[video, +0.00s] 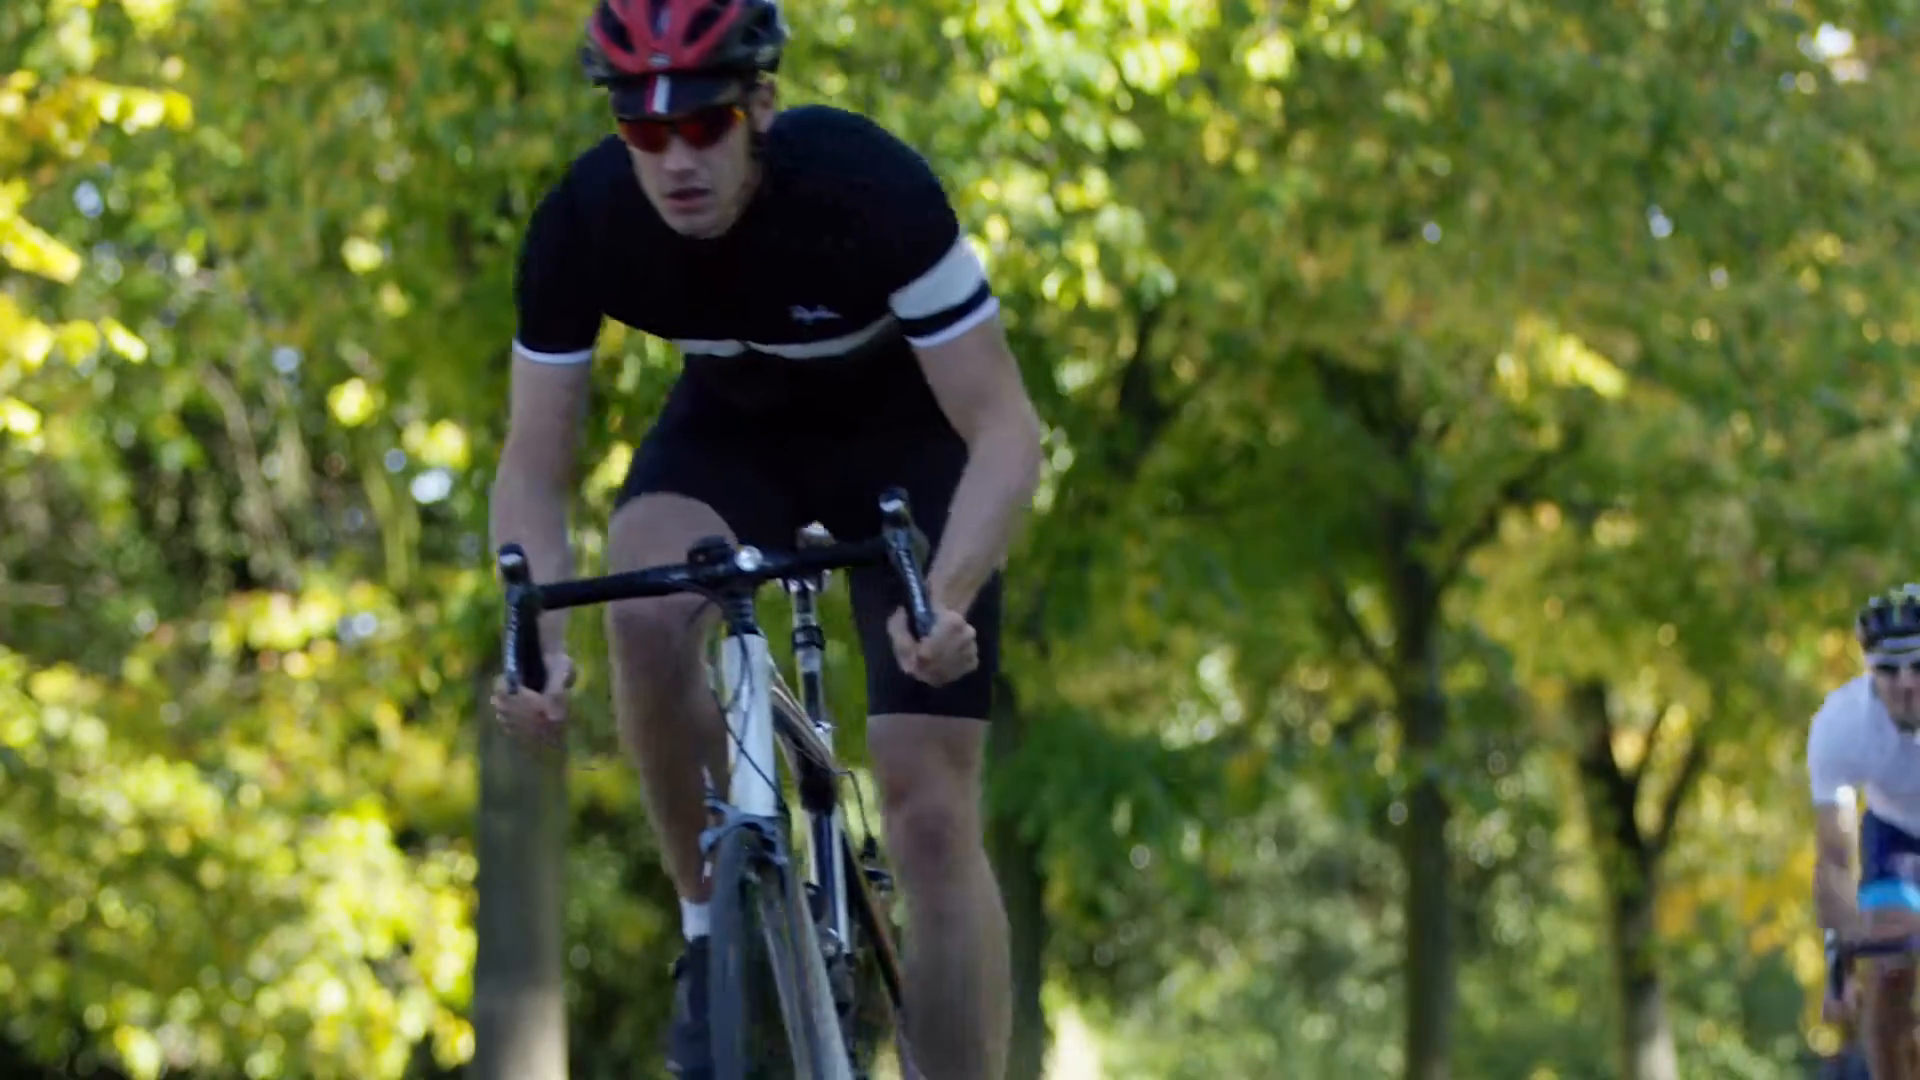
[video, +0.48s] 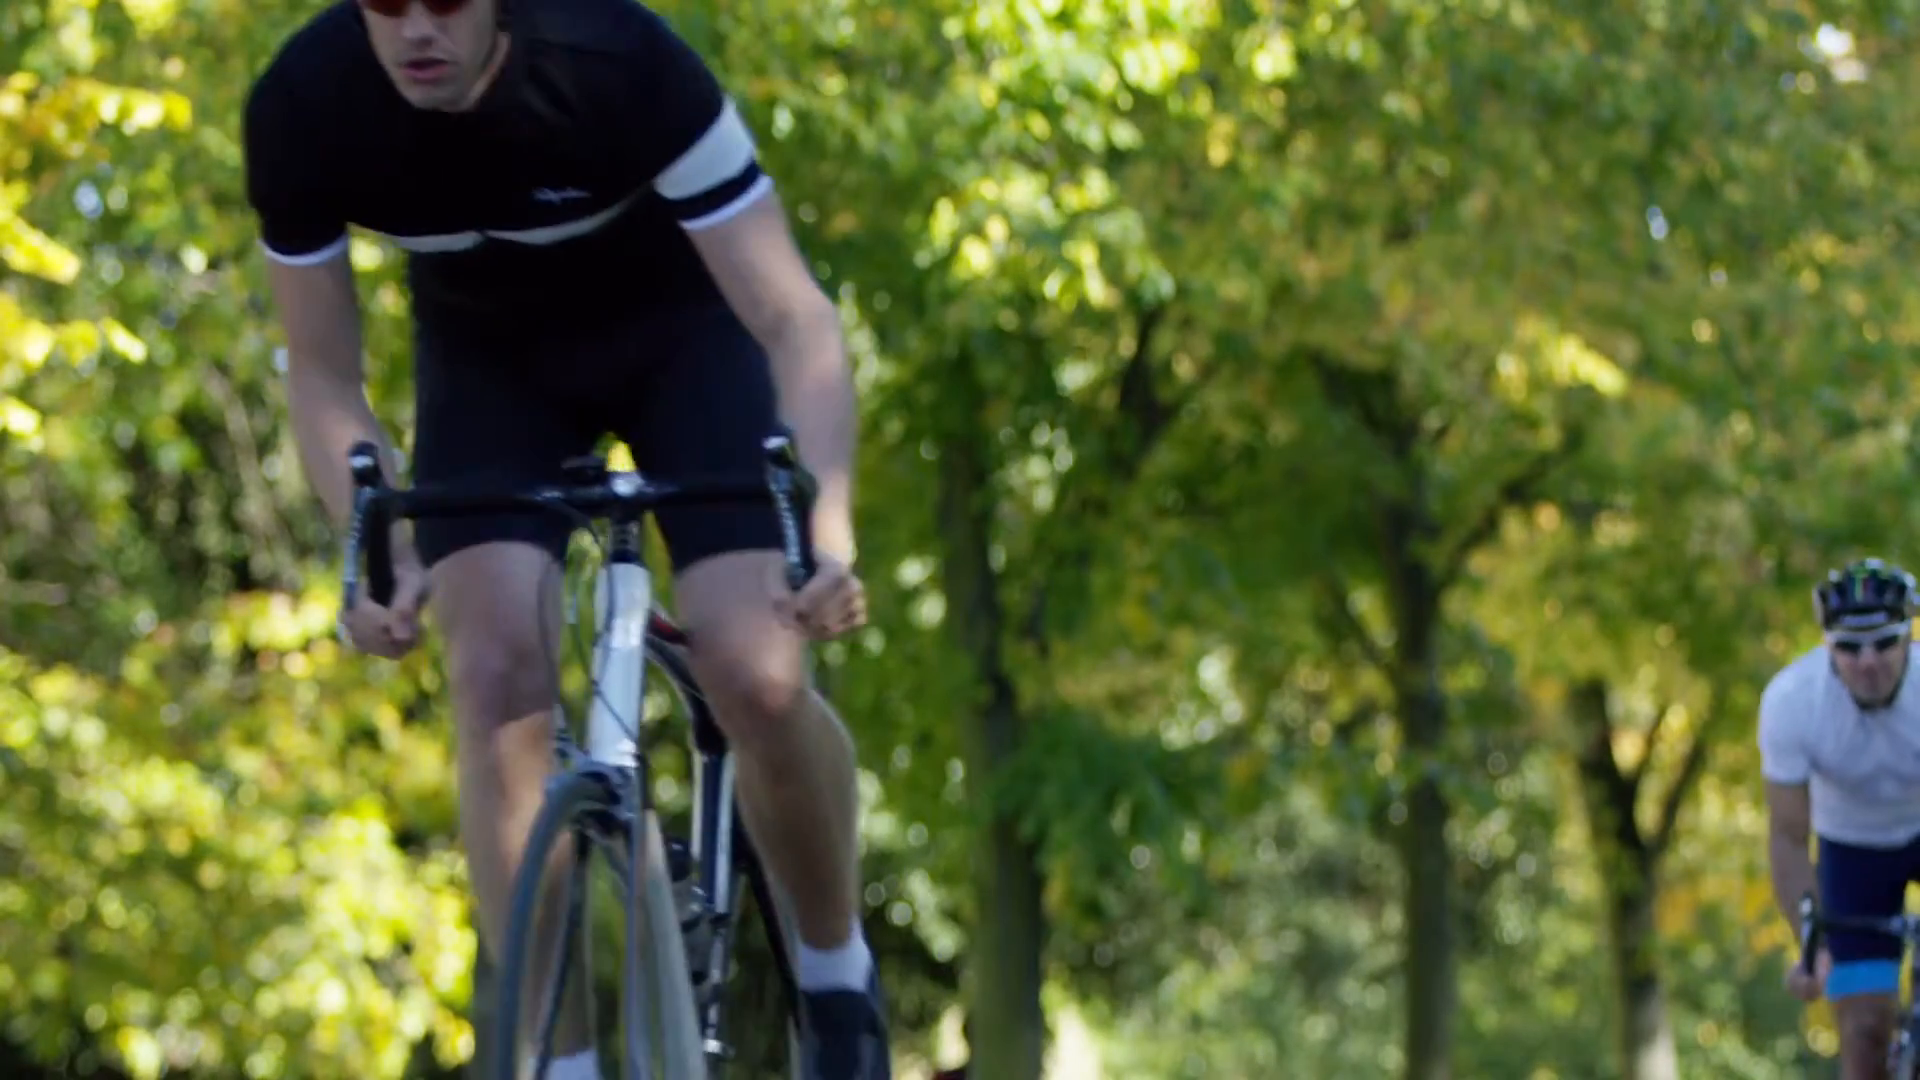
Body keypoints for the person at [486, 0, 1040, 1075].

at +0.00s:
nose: (675, 160)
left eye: (704, 126)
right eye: (644, 131)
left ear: (760, 103)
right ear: (614, 121)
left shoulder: (871, 186)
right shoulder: (583, 223)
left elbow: (1006, 433)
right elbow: (533, 463)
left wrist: (945, 592)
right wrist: (534, 631)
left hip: (901, 412)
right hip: (733, 411)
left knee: (929, 817)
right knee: (645, 602)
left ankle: (949, 1073)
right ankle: (708, 928)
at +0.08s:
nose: (634, 141)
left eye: (663, 106)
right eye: (602, 113)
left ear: (718, 84)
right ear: (571, 107)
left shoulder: (827, 155)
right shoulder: (537, 205)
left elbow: (978, 401)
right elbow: (501, 450)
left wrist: (929, 587)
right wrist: (510, 601)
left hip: (867, 394)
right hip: (692, 393)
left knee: (907, 791)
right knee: (623, 592)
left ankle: (934, 1074)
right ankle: (687, 941)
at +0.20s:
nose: (567, 105)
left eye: (596, 69)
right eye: (536, 76)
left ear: (654, 48)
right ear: (505, 68)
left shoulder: (767, 120)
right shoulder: (468, 173)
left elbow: (928, 363)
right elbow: (453, 425)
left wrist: (909, 567)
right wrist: (473, 590)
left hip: (816, 359)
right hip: (633, 365)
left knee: (862, 757)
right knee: (586, 594)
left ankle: (923, 1068)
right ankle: (657, 979)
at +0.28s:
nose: (525, 80)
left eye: (553, 45)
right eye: (494, 52)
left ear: (612, 25)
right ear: (463, 46)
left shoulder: (727, 100)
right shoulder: (420, 154)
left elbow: (891, 344)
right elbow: (422, 411)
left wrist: (888, 557)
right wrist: (447, 585)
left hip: (776, 341)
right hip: (588, 353)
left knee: (837, 736)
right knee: (561, 611)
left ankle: (899, 1064)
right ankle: (635, 1003)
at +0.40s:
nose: (462, 49)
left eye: (491, 17)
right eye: (432, 21)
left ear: (546, 8)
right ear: (399, 21)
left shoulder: (665, 75)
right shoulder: (347, 126)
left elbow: (833, 319)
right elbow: (365, 378)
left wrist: (851, 547)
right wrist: (404, 558)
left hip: (715, 312)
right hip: (522, 333)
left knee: (793, 699)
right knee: (523, 659)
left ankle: (865, 1030)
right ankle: (587, 1045)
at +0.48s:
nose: (417, 30)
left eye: (448, 1)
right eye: (387, 4)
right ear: (355, 4)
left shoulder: (624, 62)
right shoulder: (301, 111)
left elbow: (795, 316)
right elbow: (323, 368)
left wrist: (824, 531)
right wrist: (370, 535)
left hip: (680, 316)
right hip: (480, 341)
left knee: (760, 679)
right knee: (495, 671)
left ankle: (837, 985)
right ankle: (557, 1065)